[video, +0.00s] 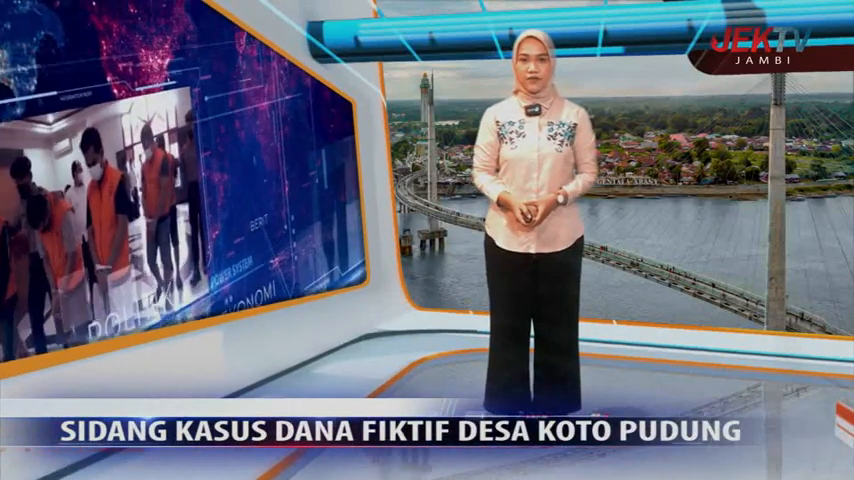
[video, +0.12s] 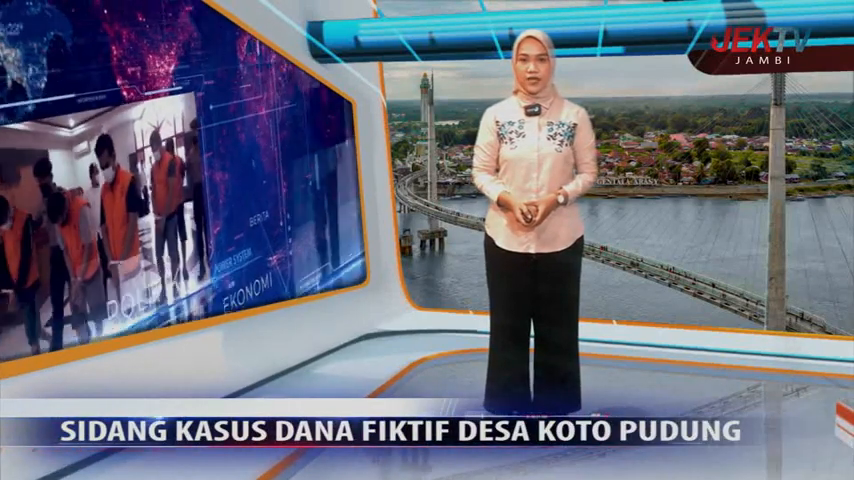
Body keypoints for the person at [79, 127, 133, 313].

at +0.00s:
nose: (91, 168)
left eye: (94, 161)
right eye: (88, 163)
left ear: (102, 154)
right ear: (84, 160)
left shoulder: (119, 179)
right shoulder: (91, 187)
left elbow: (123, 221)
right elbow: (89, 227)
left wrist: (110, 262)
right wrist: (96, 261)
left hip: (119, 260)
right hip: (100, 261)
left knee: (124, 312)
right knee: (108, 314)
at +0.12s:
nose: (104, 170)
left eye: (106, 164)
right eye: (101, 166)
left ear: (114, 157)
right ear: (98, 162)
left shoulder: (129, 181)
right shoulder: (104, 188)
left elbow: (133, 218)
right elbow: (103, 225)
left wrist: (125, 253)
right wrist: (109, 255)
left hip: (129, 253)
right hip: (113, 255)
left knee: (134, 298)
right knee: (120, 300)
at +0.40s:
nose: (122, 168)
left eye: (125, 163)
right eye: (120, 165)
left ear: (131, 159)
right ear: (117, 162)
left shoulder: (142, 179)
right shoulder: (121, 184)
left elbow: (144, 210)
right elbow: (119, 213)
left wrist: (137, 240)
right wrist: (123, 239)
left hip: (141, 240)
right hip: (127, 241)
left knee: (144, 279)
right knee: (133, 279)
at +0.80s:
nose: (145, 163)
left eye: (148, 159)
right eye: (144, 159)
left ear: (152, 157)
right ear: (142, 158)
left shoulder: (160, 174)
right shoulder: (143, 175)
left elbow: (163, 200)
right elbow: (142, 199)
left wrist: (154, 224)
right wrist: (143, 221)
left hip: (157, 225)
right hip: (147, 224)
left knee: (155, 259)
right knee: (149, 259)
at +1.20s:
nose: (162, 158)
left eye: (164, 154)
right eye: (160, 154)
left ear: (168, 153)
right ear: (159, 154)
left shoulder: (174, 169)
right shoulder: (160, 169)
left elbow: (173, 192)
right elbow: (159, 190)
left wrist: (169, 218)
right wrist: (158, 212)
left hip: (170, 219)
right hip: (161, 217)